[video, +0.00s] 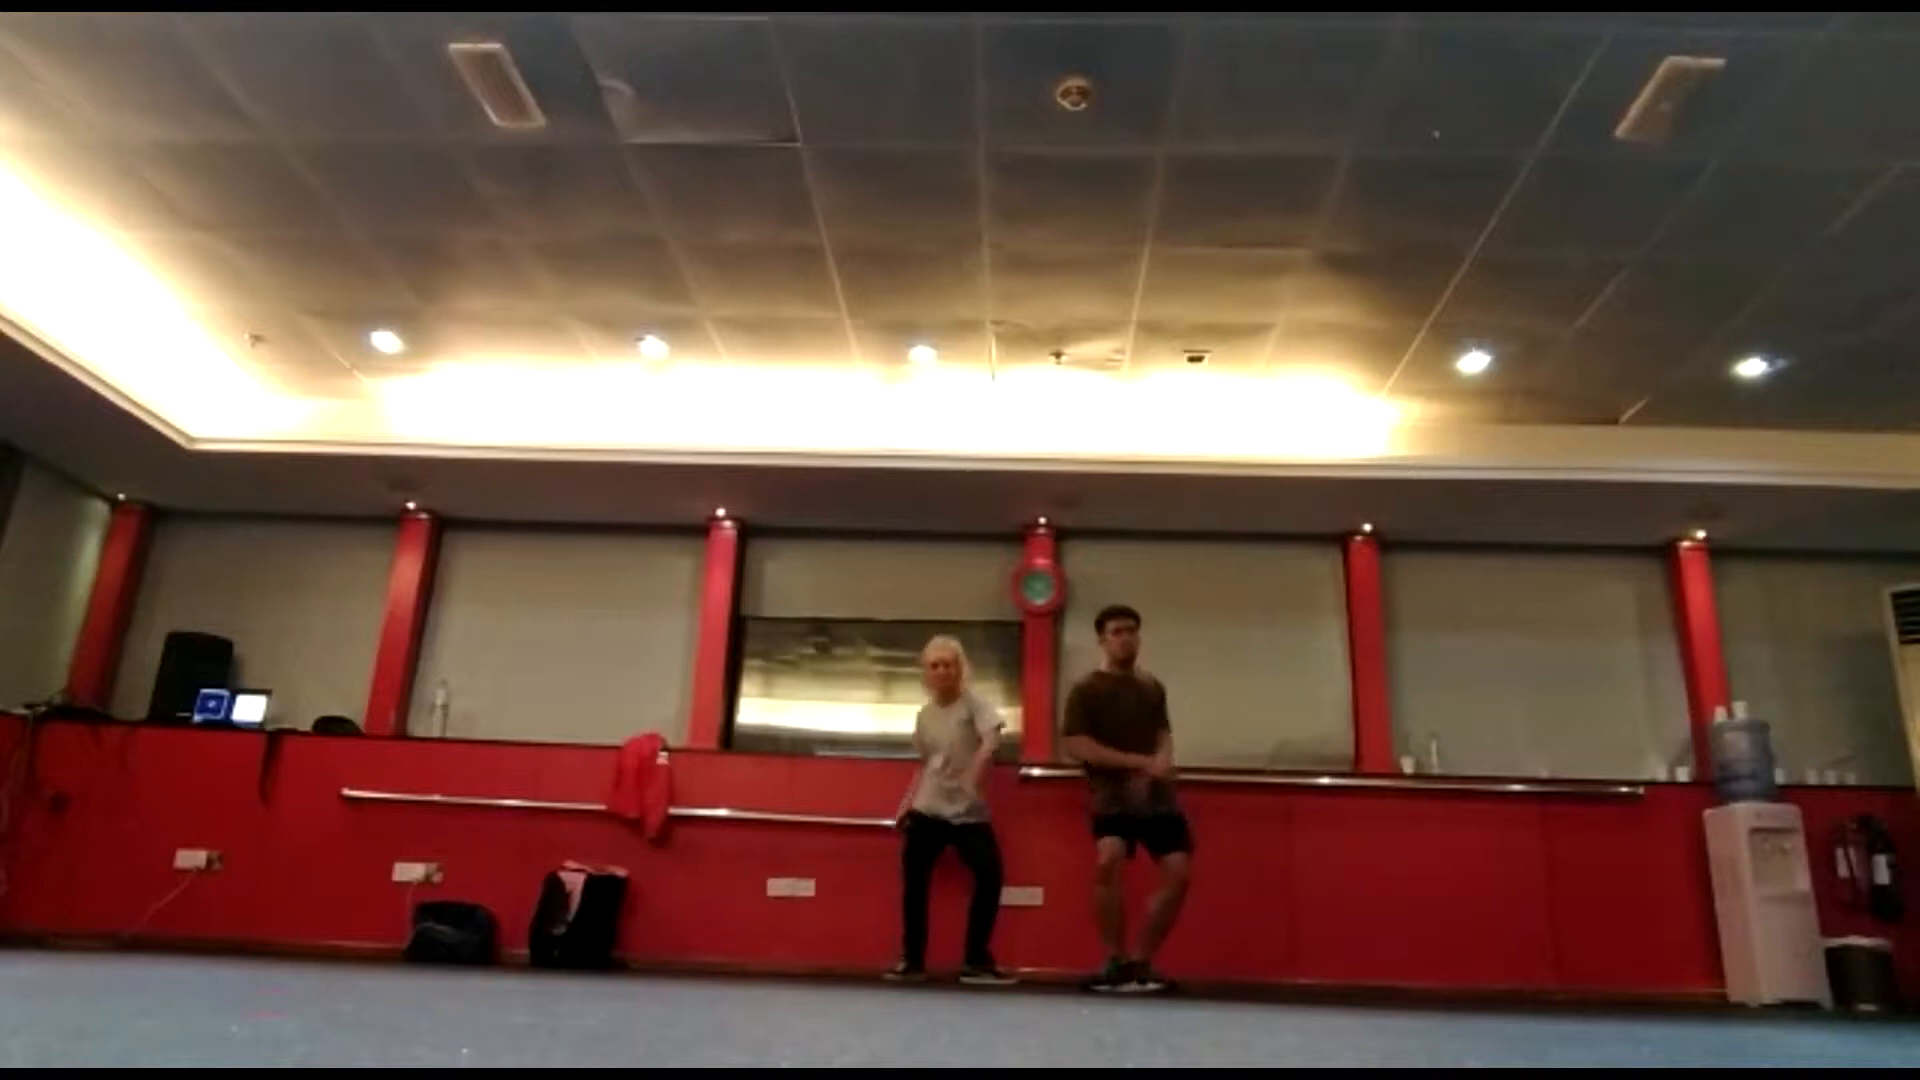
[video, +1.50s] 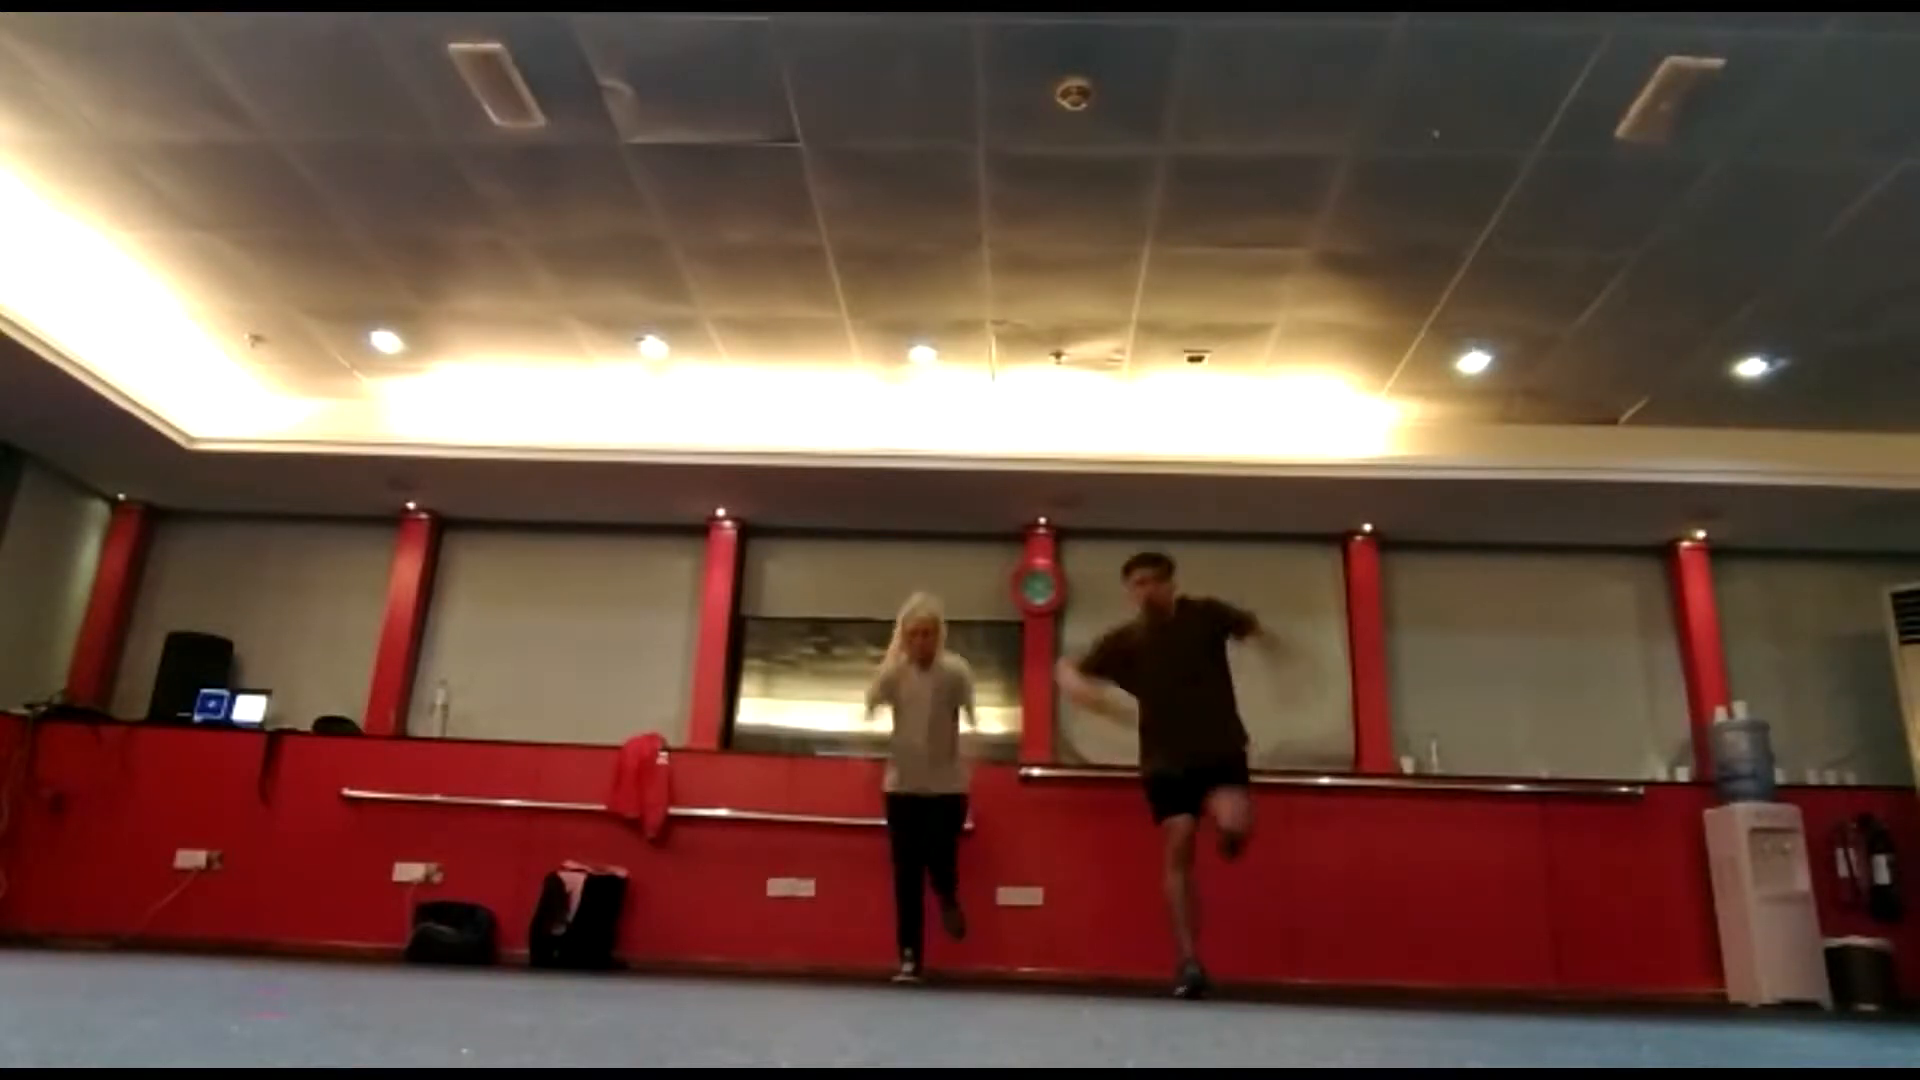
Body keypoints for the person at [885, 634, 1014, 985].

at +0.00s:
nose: (940, 672)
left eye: (946, 665)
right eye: (933, 666)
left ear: (960, 668)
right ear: (924, 671)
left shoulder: (974, 703)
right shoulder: (926, 714)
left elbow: (992, 738)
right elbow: (925, 763)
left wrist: (973, 777)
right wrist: (907, 803)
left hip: (967, 817)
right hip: (927, 815)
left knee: (990, 879)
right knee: (914, 885)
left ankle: (977, 961)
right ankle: (912, 959)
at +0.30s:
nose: (923, 667)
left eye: (930, 661)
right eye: (917, 660)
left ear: (941, 666)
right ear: (906, 664)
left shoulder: (957, 707)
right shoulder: (896, 711)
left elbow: (978, 753)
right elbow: (888, 758)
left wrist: (979, 795)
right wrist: (896, 799)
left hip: (958, 808)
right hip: (915, 808)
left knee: (980, 866)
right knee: (909, 881)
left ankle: (973, 949)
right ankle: (911, 957)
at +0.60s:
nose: (944, 672)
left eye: (952, 665)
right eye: (938, 663)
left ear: (961, 670)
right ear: (925, 663)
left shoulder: (964, 711)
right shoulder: (905, 703)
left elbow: (973, 759)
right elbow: (889, 749)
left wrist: (979, 797)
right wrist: (899, 798)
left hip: (955, 812)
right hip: (916, 811)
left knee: (941, 889)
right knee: (914, 887)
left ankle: (938, 957)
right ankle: (912, 956)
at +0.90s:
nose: (937, 667)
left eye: (943, 659)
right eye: (930, 660)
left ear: (956, 661)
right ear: (921, 663)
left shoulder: (971, 708)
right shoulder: (910, 697)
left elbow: (980, 757)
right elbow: (894, 731)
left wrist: (963, 793)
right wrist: (900, 771)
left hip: (953, 801)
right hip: (917, 791)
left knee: (943, 884)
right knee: (919, 809)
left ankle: (937, 957)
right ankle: (913, 861)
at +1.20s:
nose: (909, 687)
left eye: (917, 679)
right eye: (902, 679)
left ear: (930, 681)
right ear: (894, 683)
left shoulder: (948, 713)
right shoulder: (893, 723)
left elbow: (981, 745)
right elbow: (897, 769)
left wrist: (957, 795)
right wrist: (901, 808)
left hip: (955, 818)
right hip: (918, 814)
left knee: (944, 892)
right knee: (913, 887)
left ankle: (939, 958)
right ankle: (910, 953)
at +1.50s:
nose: (922, 642)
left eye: (929, 634)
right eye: (915, 634)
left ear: (940, 635)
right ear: (903, 635)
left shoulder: (955, 672)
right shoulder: (896, 671)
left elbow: (972, 717)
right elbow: (873, 701)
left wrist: (968, 752)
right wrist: (895, 659)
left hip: (947, 787)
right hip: (903, 786)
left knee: (942, 869)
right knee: (907, 877)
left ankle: (950, 905)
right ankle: (909, 955)